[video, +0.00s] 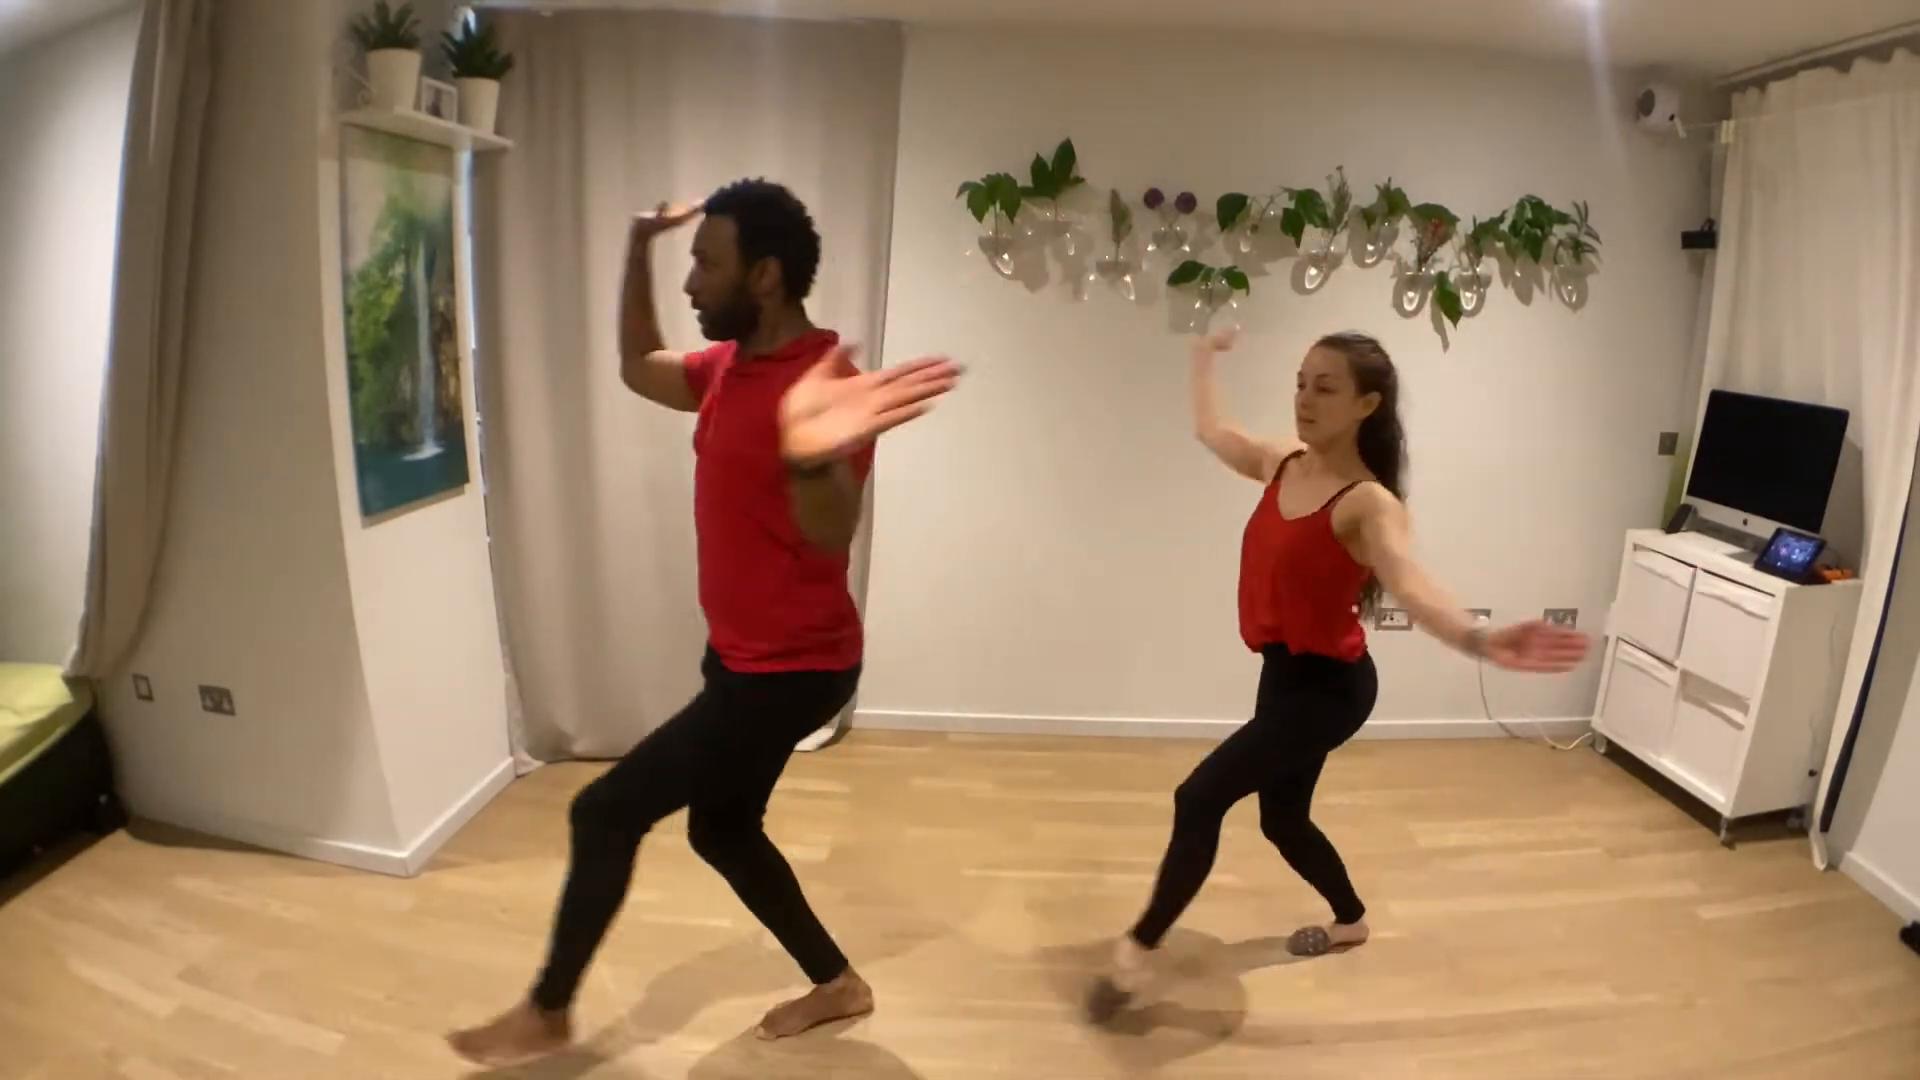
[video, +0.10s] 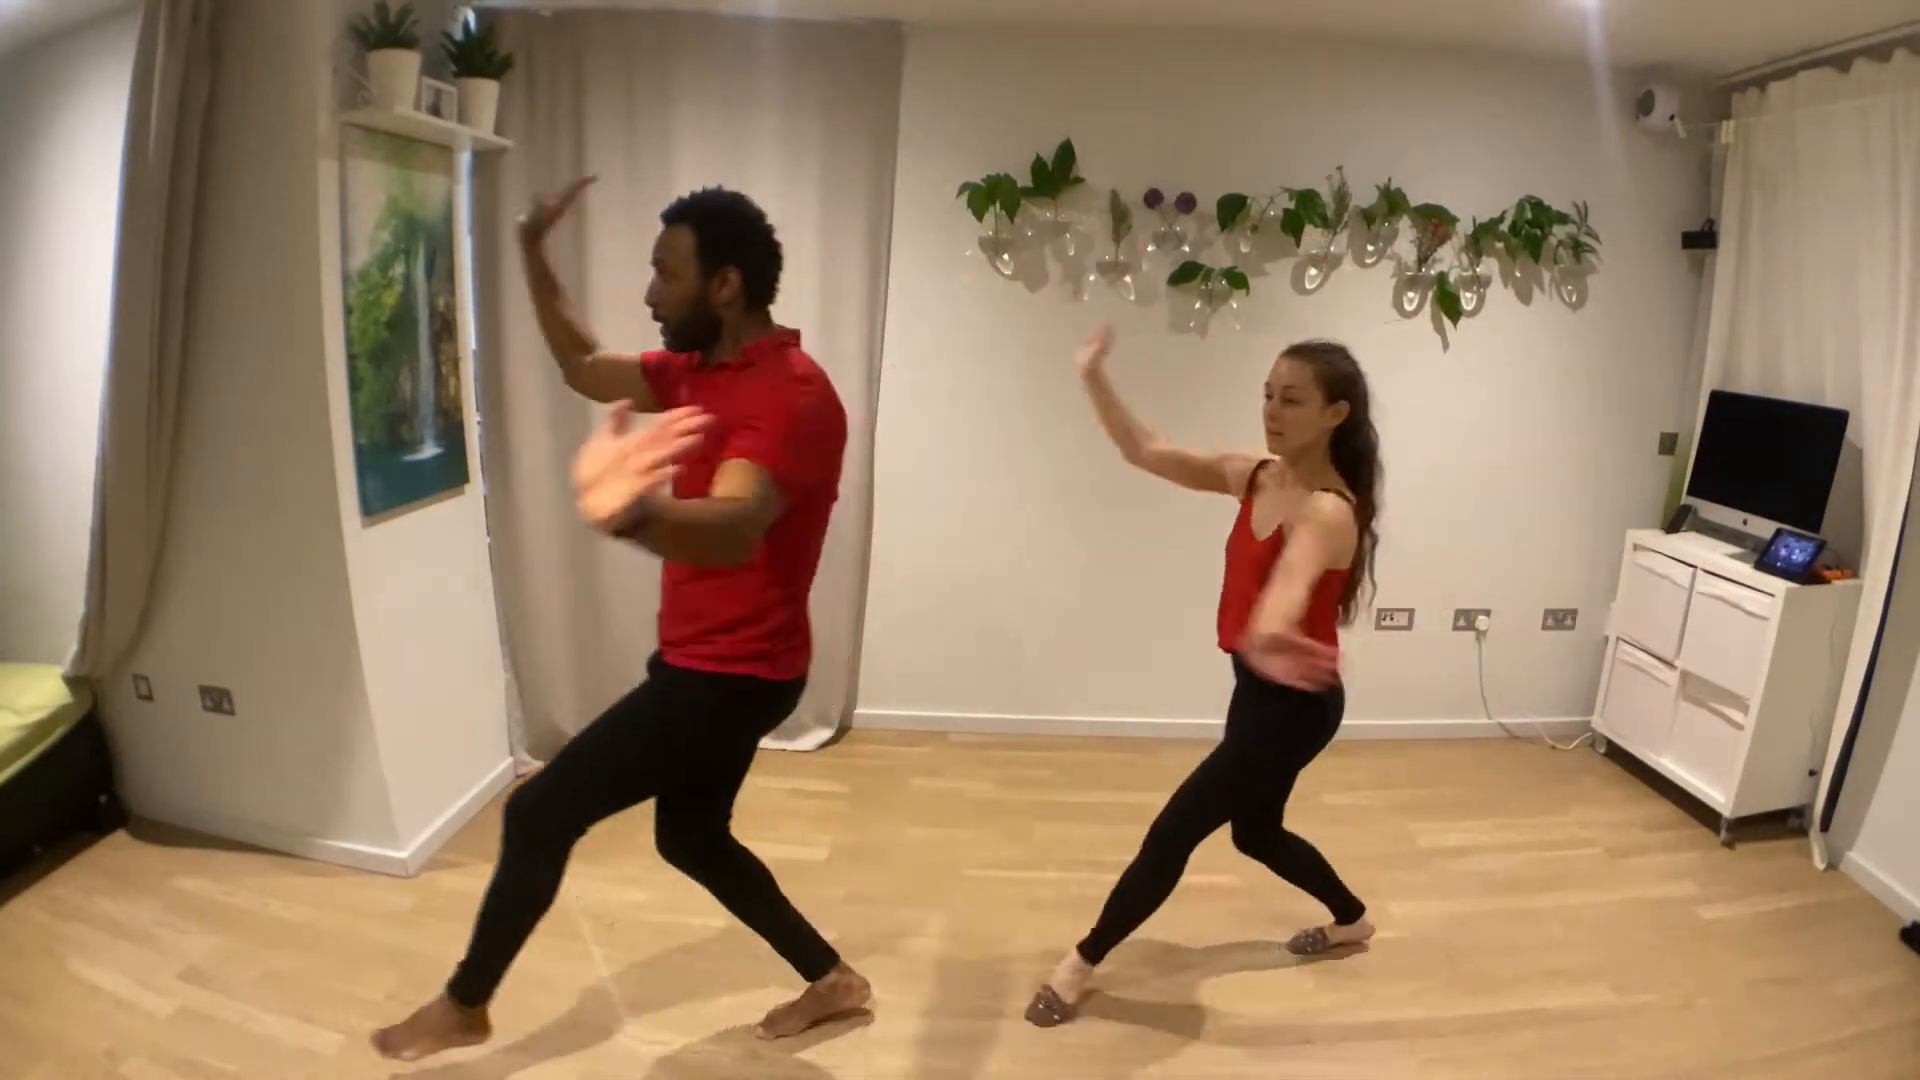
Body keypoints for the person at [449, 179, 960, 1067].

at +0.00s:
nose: (690, 279)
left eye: (705, 262)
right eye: (692, 262)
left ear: (767, 274)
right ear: (752, 275)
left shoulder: (830, 375)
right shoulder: (727, 364)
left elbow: (830, 538)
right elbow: (641, 366)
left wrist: (807, 460)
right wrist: (638, 249)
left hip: (796, 668)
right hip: (737, 655)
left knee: (606, 811)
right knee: (724, 832)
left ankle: (546, 1013)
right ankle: (837, 981)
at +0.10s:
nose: (647, 288)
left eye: (665, 271)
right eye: (653, 269)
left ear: (726, 287)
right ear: (719, 287)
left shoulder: (791, 395)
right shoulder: (702, 369)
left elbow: (735, 530)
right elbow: (585, 367)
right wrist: (536, 254)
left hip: (737, 669)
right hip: (697, 655)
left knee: (541, 815)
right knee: (691, 839)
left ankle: (463, 1007)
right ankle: (832, 979)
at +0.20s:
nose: (613, 300)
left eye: (628, 283)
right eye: (616, 281)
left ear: (692, 295)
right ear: (689, 295)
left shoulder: (745, 402)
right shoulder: (673, 369)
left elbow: (633, 530)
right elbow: (543, 352)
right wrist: (452, 261)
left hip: (666, 676)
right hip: (663, 667)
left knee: (486, 825)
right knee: (667, 841)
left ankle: (446, 1031)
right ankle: (823, 973)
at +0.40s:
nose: (534, 311)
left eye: (552, 295)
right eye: (536, 292)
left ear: (619, 307)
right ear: (615, 304)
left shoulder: (629, 419)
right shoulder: (619, 370)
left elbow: (502, 552)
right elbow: (510, 297)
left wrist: (307, 562)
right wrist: (394, 228)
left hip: (530, 683)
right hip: (569, 674)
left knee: (422, 875)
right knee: (557, 864)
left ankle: (474, 1068)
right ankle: (749, 951)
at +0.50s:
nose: (494, 308)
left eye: (516, 288)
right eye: (492, 286)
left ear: (581, 301)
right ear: (572, 302)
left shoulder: (591, 420)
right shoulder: (572, 364)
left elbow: (561, 580)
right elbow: (510, 270)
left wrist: (401, 549)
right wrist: (428, 225)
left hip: (514, 692)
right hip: (529, 681)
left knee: (404, 876)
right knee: (479, 873)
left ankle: (467, 1069)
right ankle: (671, 938)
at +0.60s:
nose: (459, 295)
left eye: (483, 274)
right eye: (454, 273)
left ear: (544, 285)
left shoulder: (571, 399)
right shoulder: (528, 359)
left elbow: (647, 571)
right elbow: (501, 274)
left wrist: (539, 534)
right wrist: (442, 233)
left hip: (526, 689)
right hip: (515, 677)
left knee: (416, 878)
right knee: (465, 870)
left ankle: (468, 1068)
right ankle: (623, 967)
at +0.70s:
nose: (437, 286)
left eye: (460, 262)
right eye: (428, 264)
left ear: (519, 266)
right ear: (426, 266)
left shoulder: (582, 373)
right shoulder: (490, 357)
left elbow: (706, 522)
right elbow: (443, 309)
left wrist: (608, 510)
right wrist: (411, 257)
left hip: (581, 670)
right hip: (527, 668)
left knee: (472, 871)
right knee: (516, 856)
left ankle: (471, 1068)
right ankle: (629, 973)